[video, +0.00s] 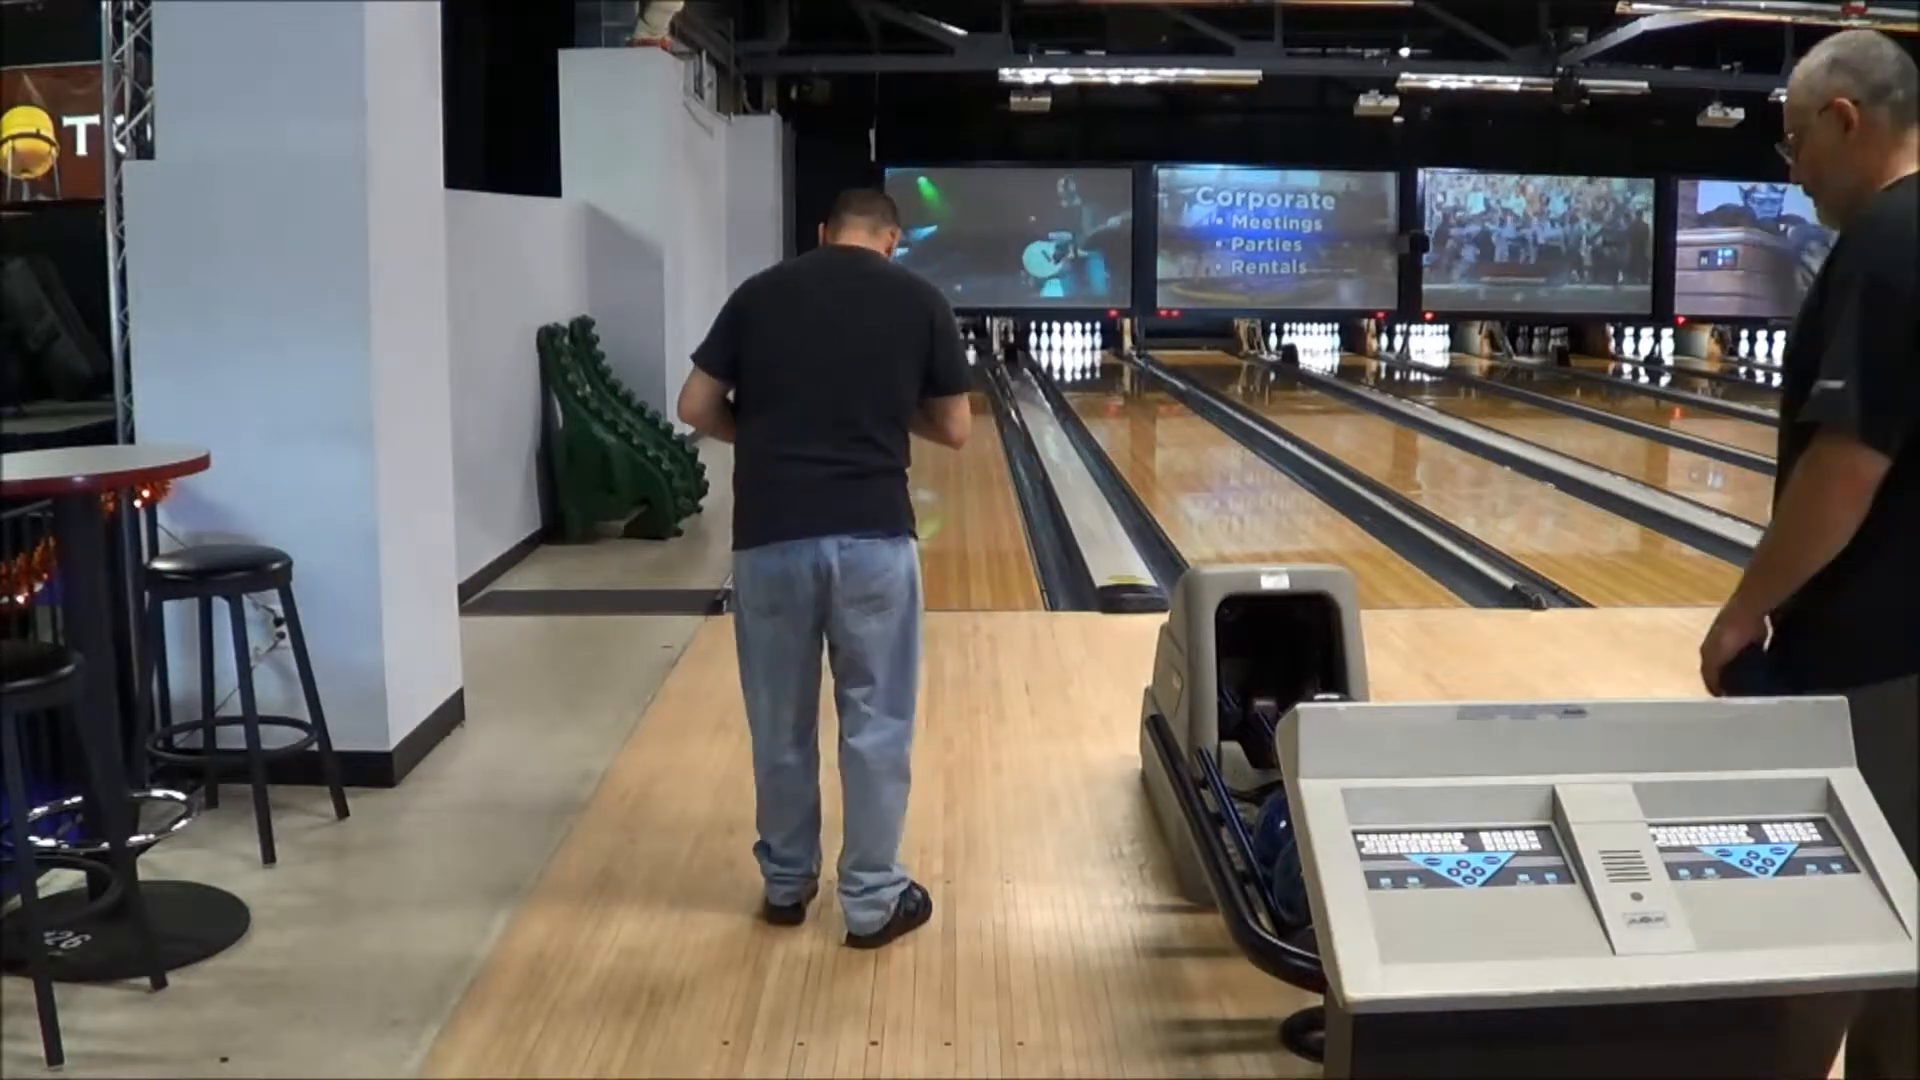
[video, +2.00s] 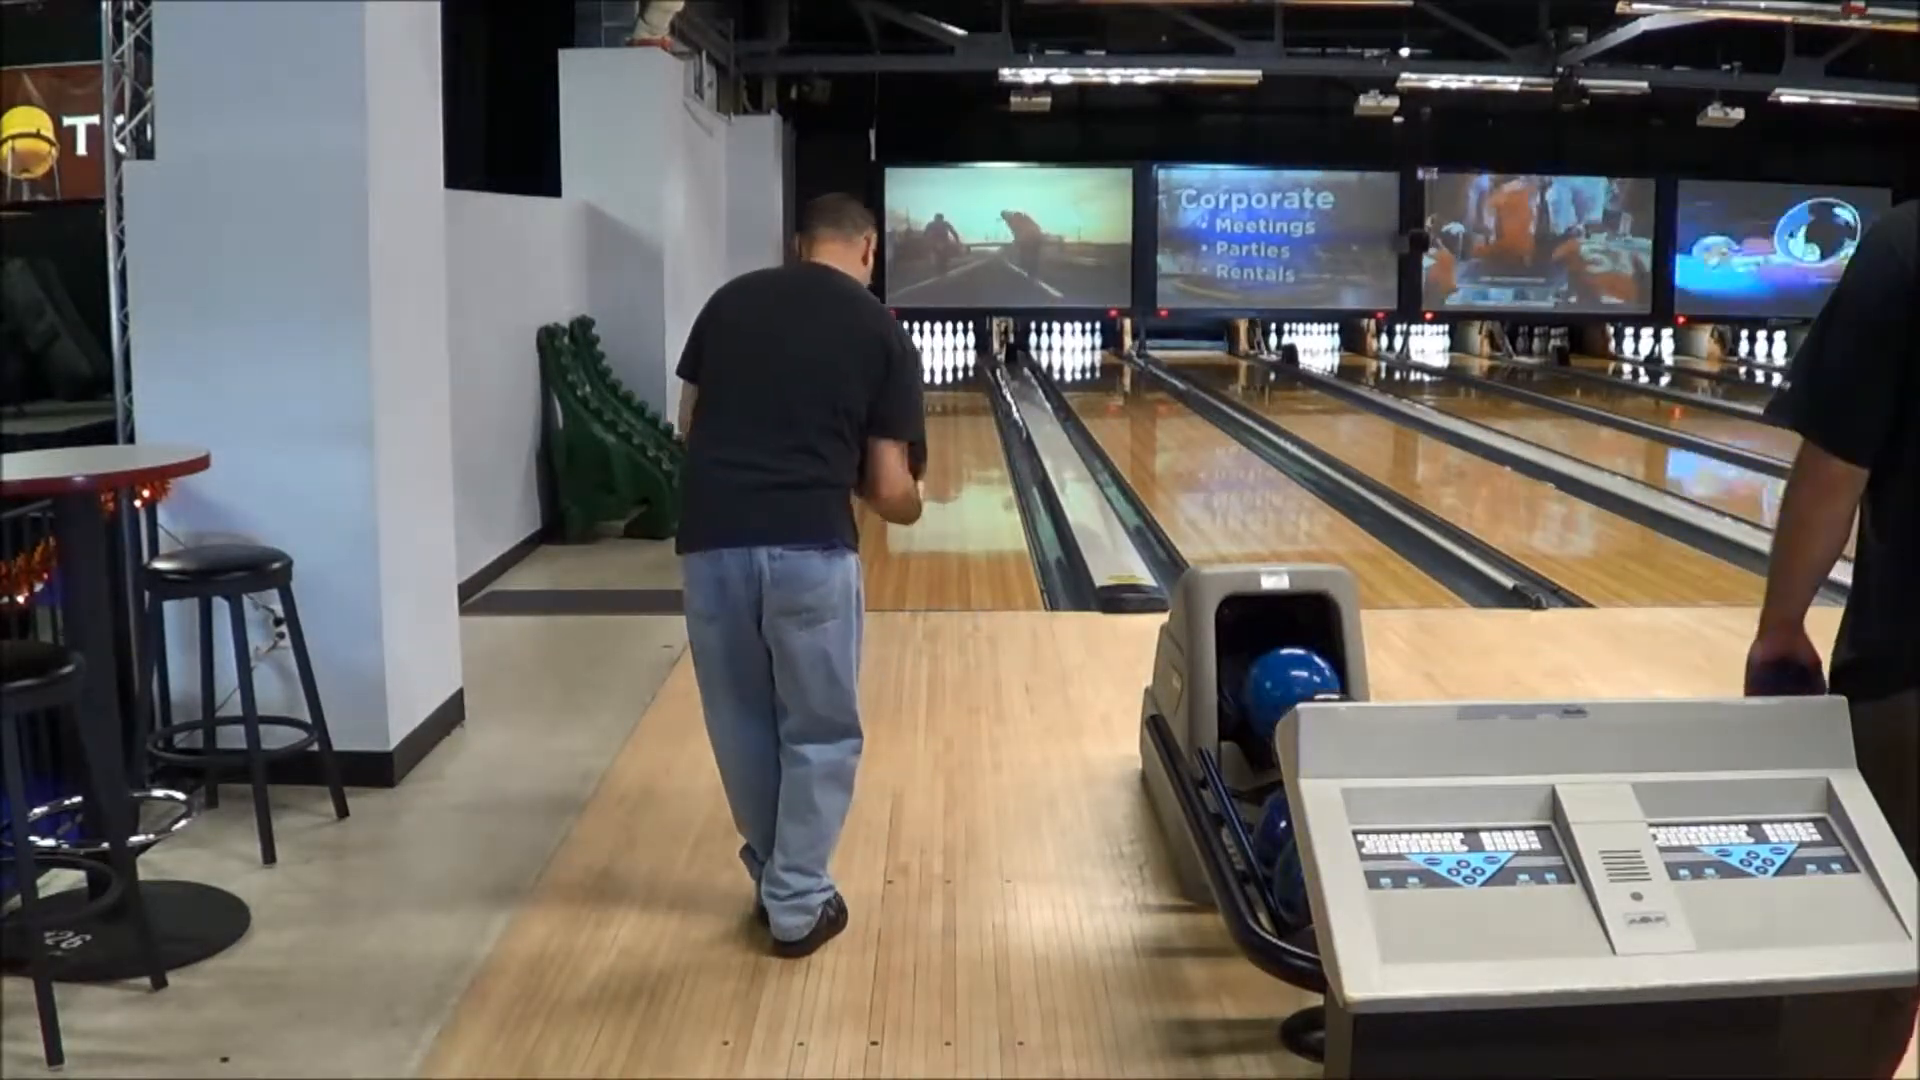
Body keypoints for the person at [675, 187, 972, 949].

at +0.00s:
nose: (892, 252)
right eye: (895, 241)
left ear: (821, 230)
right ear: (890, 241)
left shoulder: (761, 291)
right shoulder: (917, 299)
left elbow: (696, 408)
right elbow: (954, 428)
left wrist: (758, 427)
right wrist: (891, 396)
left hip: (772, 542)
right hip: (873, 540)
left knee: (779, 718)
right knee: (876, 716)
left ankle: (785, 884)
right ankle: (870, 900)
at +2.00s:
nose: (873, 267)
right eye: (876, 257)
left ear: (797, 243)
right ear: (869, 251)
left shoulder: (732, 298)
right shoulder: (880, 332)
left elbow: (693, 421)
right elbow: (890, 489)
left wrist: (745, 452)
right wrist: (905, 506)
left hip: (710, 547)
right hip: (809, 549)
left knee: (738, 720)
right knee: (820, 731)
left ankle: (771, 871)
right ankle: (794, 906)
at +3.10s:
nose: (857, 232)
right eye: (862, 221)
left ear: (782, 225)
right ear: (859, 227)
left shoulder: (727, 297)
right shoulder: (883, 323)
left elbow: (688, 420)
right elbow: (886, 484)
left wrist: (734, 462)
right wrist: (877, 503)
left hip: (715, 540)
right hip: (815, 543)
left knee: (741, 718)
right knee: (822, 730)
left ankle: (768, 871)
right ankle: (793, 905)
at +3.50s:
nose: (848, 236)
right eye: (852, 225)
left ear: (772, 227)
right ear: (849, 230)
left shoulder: (716, 302)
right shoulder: (867, 327)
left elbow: (686, 421)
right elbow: (871, 485)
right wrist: (887, 517)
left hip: (704, 556)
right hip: (805, 556)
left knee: (734, 723)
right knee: (819, 734)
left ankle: (768, 873)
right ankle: (792, 904)